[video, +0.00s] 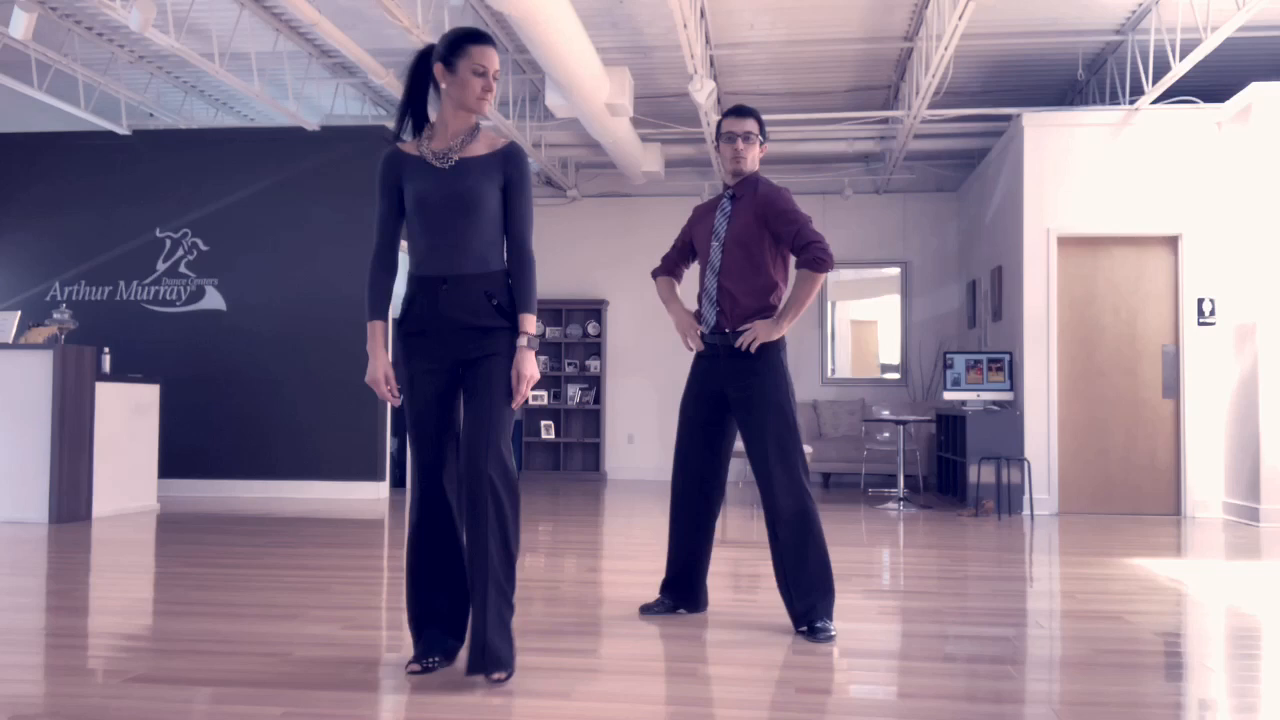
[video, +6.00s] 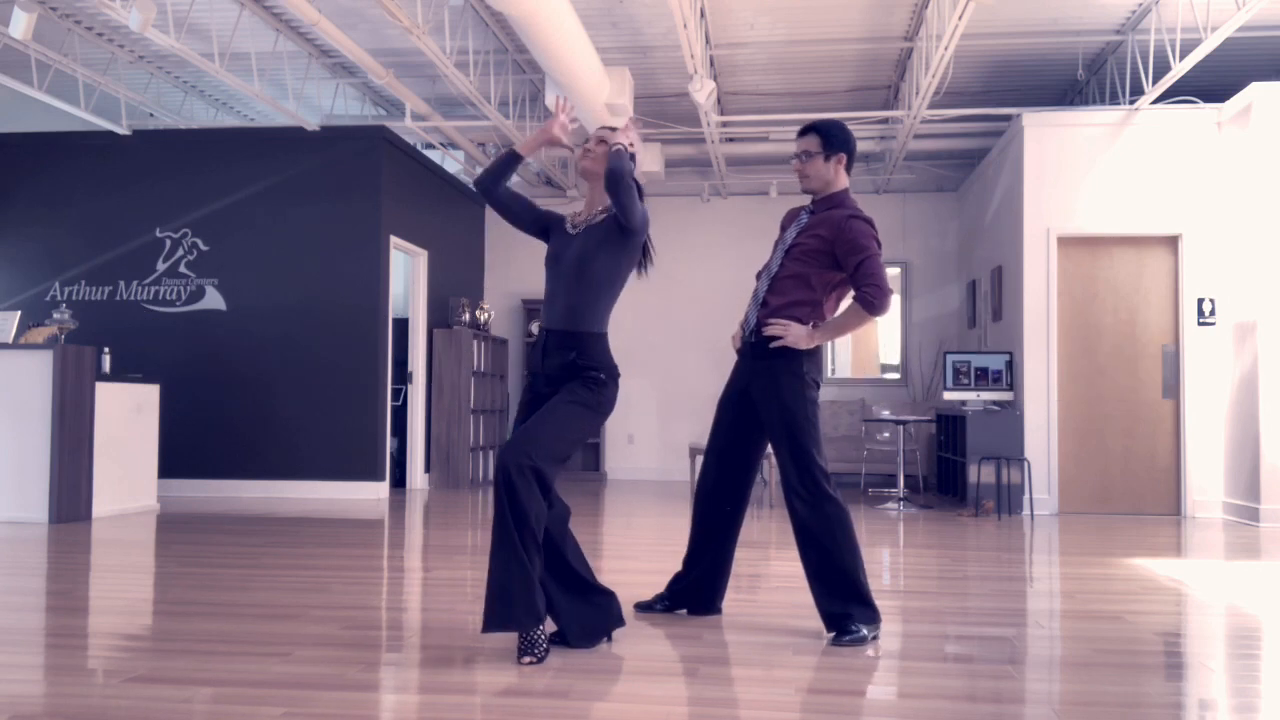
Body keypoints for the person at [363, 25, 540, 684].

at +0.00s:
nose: (489, 86)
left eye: (494, 77)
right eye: (478, 74)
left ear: (496, 85)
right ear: (440, 73)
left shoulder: (507, 156)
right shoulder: (402, 159)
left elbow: (520, 247)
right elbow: (385, 253)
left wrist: (528, 337)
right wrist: (377, 341)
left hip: (493, 329)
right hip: (423, 329)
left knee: (484, 472)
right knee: (431, 482)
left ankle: (493, 644)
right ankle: (436, 635)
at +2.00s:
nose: (581, 164)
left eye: (588, 157)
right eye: (570, 154)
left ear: (594, 166)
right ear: (544, 159)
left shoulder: (591, 213)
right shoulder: (518, 228)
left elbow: (623, 271)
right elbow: (501, 305)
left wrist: (583, 328)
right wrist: (496, 362)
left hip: (560, 371)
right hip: (518, 370)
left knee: (475, 451)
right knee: (499, 486)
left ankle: (502, 605)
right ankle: (546, 608)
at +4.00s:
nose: (577, 138)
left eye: (587, 130)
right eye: (568, 128)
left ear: (598, 142)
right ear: (551, 138)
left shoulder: (601, 200)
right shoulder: (532, 205)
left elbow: (644, 221)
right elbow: (493, 277)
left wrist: (570, 221)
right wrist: (496, 300)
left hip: (575, 349)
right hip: (532, 347)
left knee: (520, 469)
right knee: (523, 475)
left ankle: (551, 619)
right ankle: (585, 599)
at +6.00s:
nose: (589, 149)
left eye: (603, 146)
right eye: (589, 143)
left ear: (622, 166)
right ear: (579, 155)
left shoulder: (627, 226)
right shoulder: (557, 226)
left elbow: (624, 192)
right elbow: (488, 187)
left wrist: (621, 150)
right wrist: (541, 138)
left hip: (588, 376)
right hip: (544, 372)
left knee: (516, 462)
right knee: (530, 490)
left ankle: (532, 617)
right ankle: (587, 608)